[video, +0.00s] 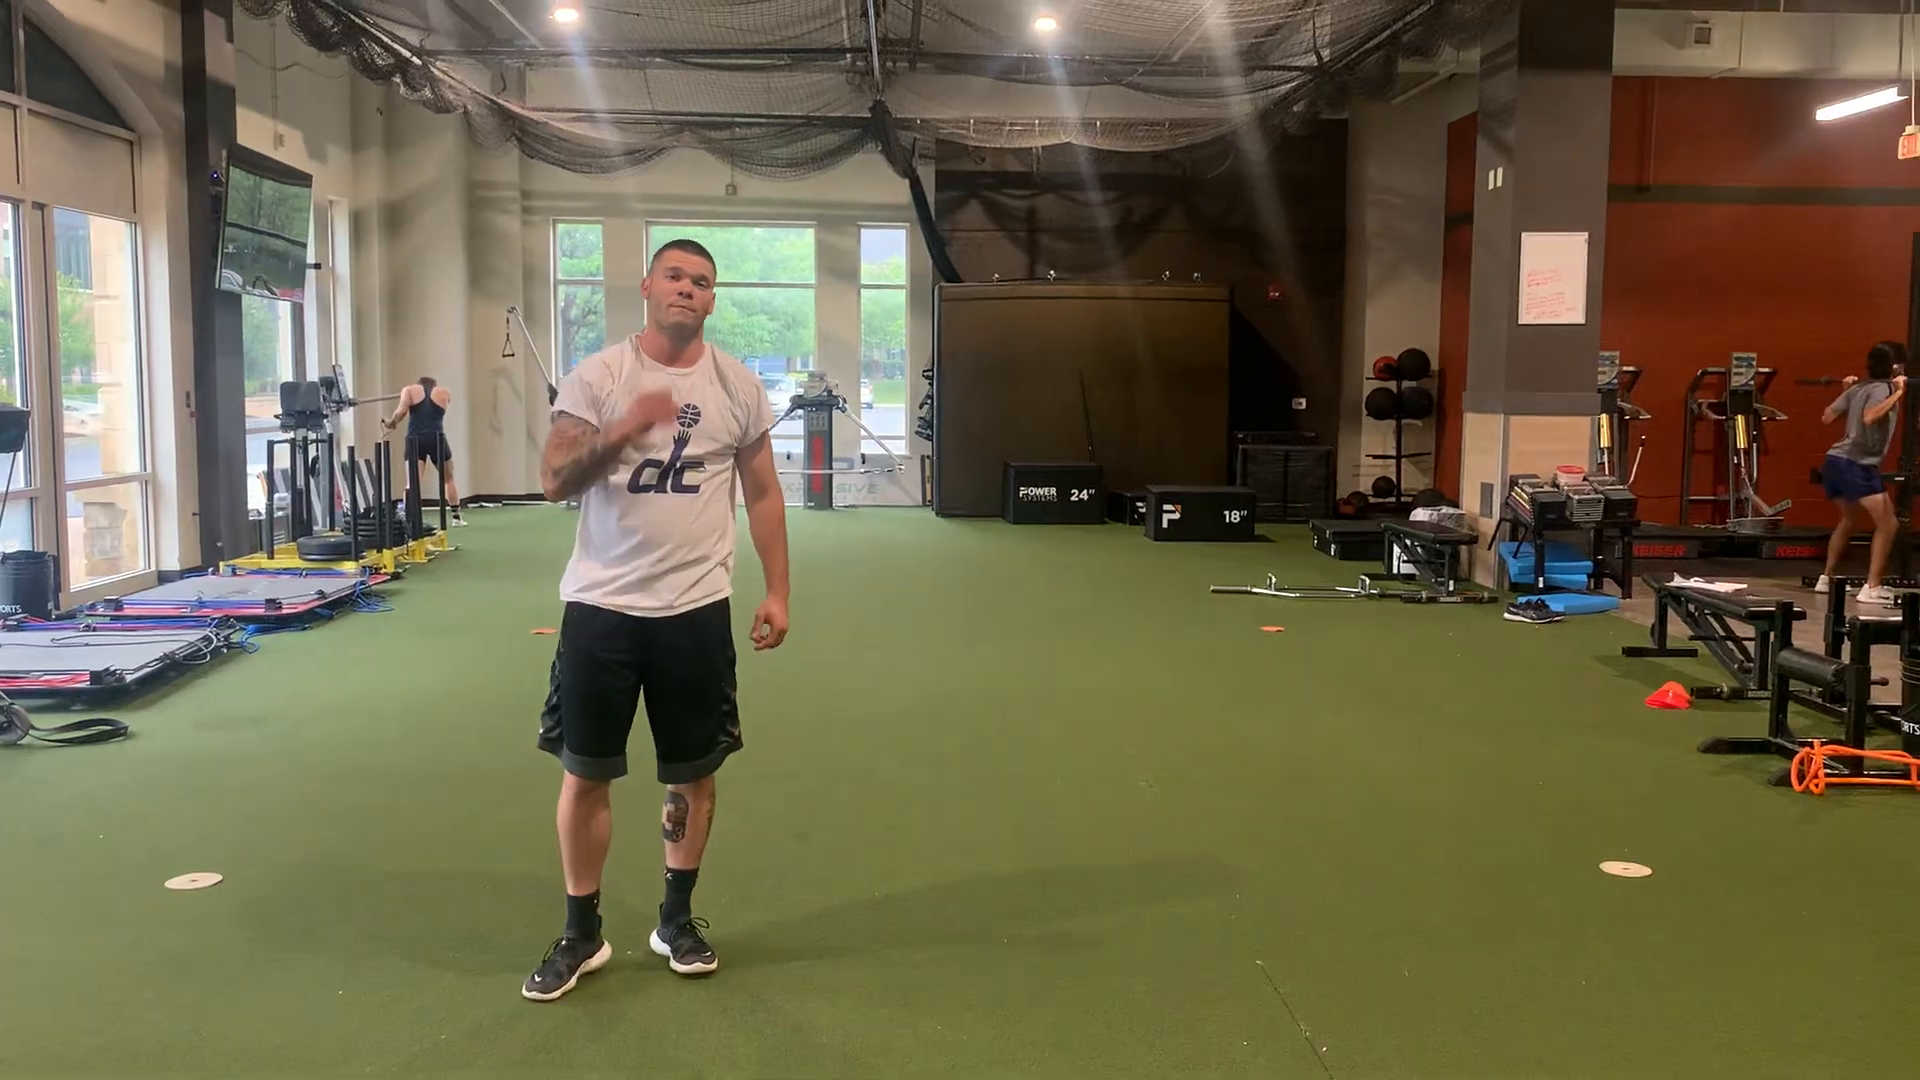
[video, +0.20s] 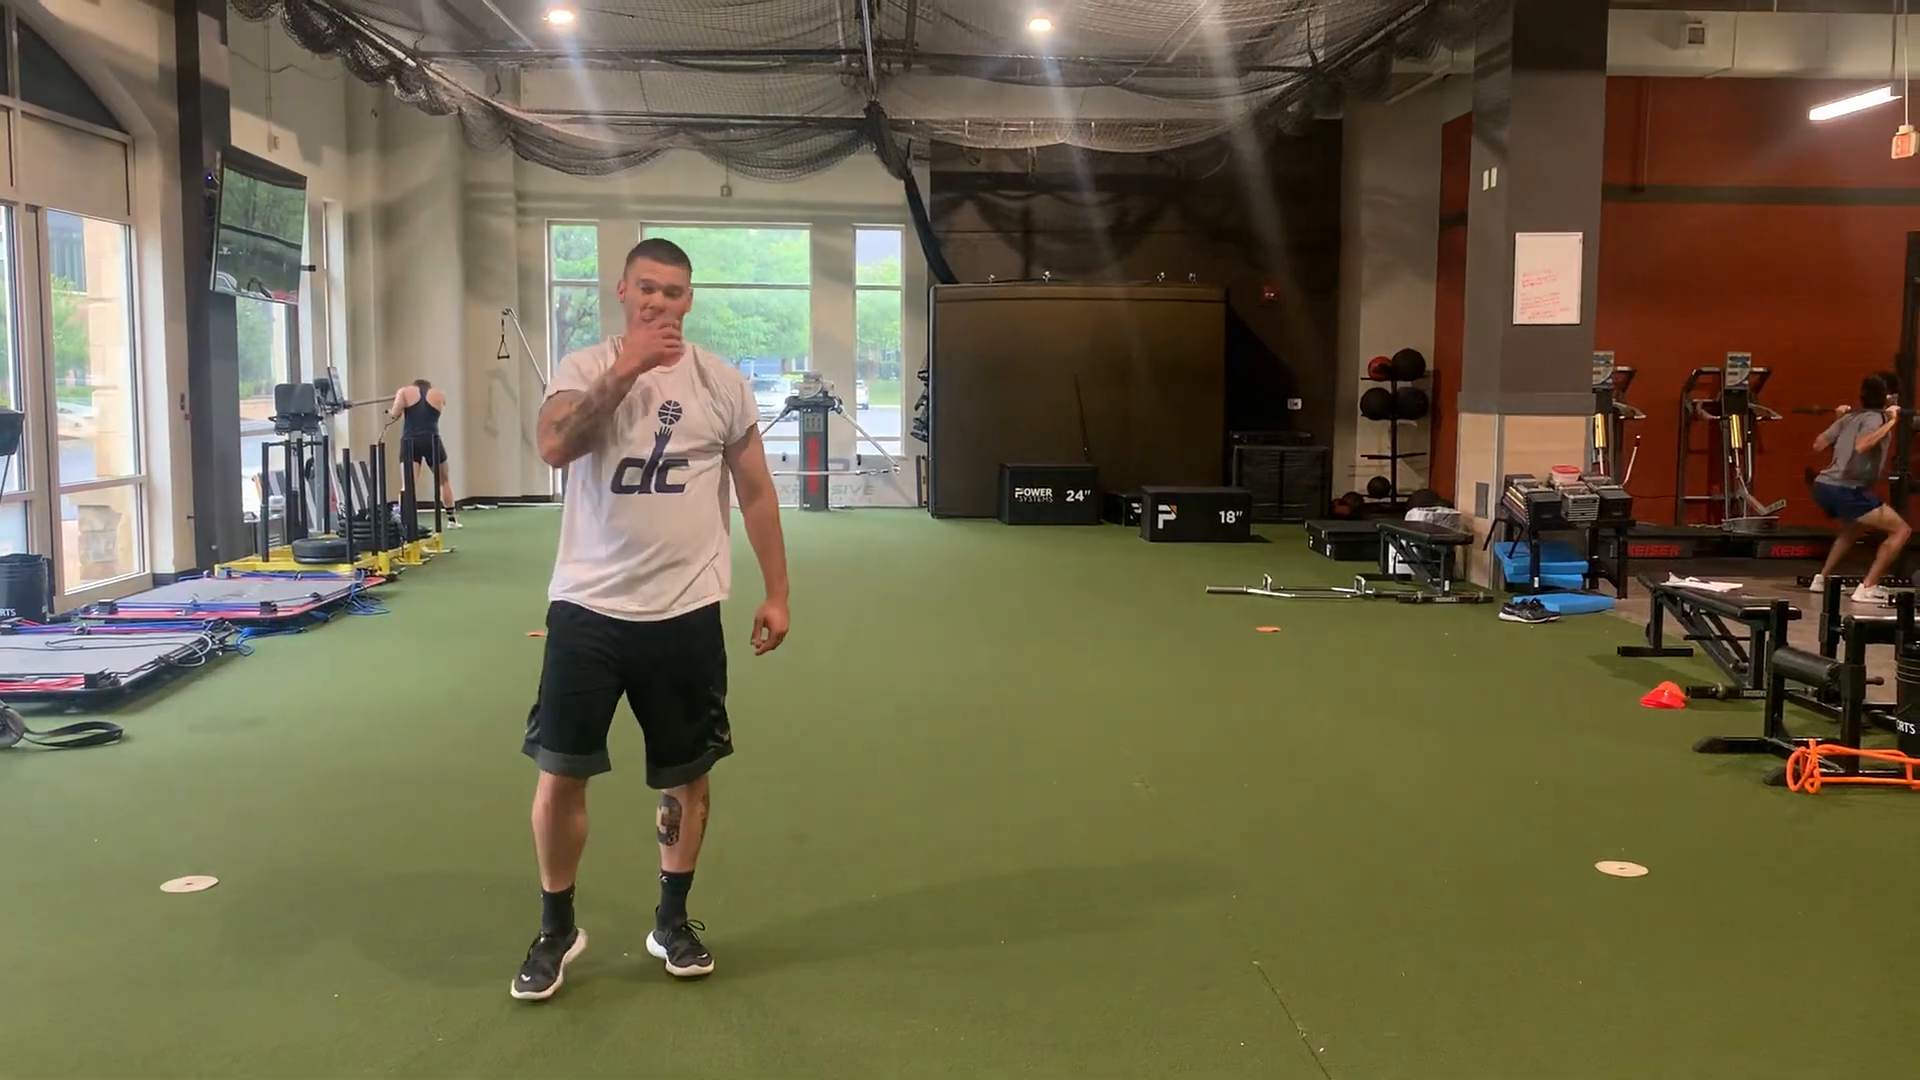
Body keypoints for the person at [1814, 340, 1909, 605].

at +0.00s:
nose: (1903, 371)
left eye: (1904, 368)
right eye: (1902, 367)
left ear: (1872, 366)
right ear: (1893, 368)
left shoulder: (1856, 390)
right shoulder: (1882, 390)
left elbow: (1827, 417)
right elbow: (1869, 417)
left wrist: (1846, 389)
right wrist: (1898, 393)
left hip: (1834, 462)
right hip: (1857, 467)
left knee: (1848, 519)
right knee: (1888, 524)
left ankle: (1826, 577)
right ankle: (1872, 587)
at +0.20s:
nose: (1896, 399)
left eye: (1896, 396)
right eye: (1894, 395)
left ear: (1864, 396)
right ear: (1886, 398)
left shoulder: (1849, 418)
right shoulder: (1875, 419)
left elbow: (1818, 445)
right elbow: (1861, 446)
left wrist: (1838, 419)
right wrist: (1891, 422)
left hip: (1823, 486)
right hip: (1848, 492)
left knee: (1852, 529)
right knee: (1901, 530)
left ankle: (1822, 578)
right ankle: (1868, 587)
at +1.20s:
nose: (1911, 370)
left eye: (1911, 366)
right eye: (1910, 365)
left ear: (1881, 364)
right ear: (1901, 366)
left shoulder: (1864, 388)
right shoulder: (1890, 388)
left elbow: (1835, 415)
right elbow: (1876, 416)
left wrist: (1854, 389)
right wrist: (1905, 391)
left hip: (1841, 460)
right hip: (1863, 465)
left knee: (1857, 517)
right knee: (1901, 517)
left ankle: (1837, 574)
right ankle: (1885, 582)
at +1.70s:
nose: (1915, 396)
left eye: (1914, 391)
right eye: (1912, 391)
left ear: (1883, 392)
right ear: (1904, 394)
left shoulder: (1868, 414)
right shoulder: (1894, 415)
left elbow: (1838, 441)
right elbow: (1878, 443)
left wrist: (1858, 416)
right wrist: (1908, 421)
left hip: (1841, 483)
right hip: (1865, 488)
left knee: (1869, 524)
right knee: (1917, 522)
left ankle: (1843, 573)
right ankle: (1889, 582)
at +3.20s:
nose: (1896, 422)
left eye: (1896, 418)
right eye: (1895, 417)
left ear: (1866, 419)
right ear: (1887, 421)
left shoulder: (1852, 441)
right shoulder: (1877, 442)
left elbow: (1822, 469)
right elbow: (1863, 472)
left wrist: (1841, 443)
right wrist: (1892, 448)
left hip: (1824, 508)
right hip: (1847, 512)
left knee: (1856, 542)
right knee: (1910, 540)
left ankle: (1826, 585)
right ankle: (1872, 593)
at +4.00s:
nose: (1885, 395)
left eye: (1885, 390)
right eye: (1882, 390)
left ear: (1855, 392)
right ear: (1872, 393)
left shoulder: (1840, 416)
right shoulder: (1865, 415)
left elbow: (1812, 443)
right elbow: (1854, 444)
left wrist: (1829, 417)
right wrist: (1881, 419)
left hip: (1819, 486)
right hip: (1840, 491)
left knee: (1837, 540)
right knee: (1881, 541)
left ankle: (1814, 597)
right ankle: (1861, 605)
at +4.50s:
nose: (1881, 429)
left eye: (1881, 425)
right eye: (1879, 424)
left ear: (1850, 425)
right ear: (1871, 427)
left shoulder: (1837, 448)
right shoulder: (1862, 448)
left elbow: (1807, 475)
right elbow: (1849, 476)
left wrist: (1825, 450)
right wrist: (1877, 453)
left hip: (1811, 515)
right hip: (1836, 520)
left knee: (1842, 555)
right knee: (1892, 557)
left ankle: (1814, 604)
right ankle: (1860, 613)